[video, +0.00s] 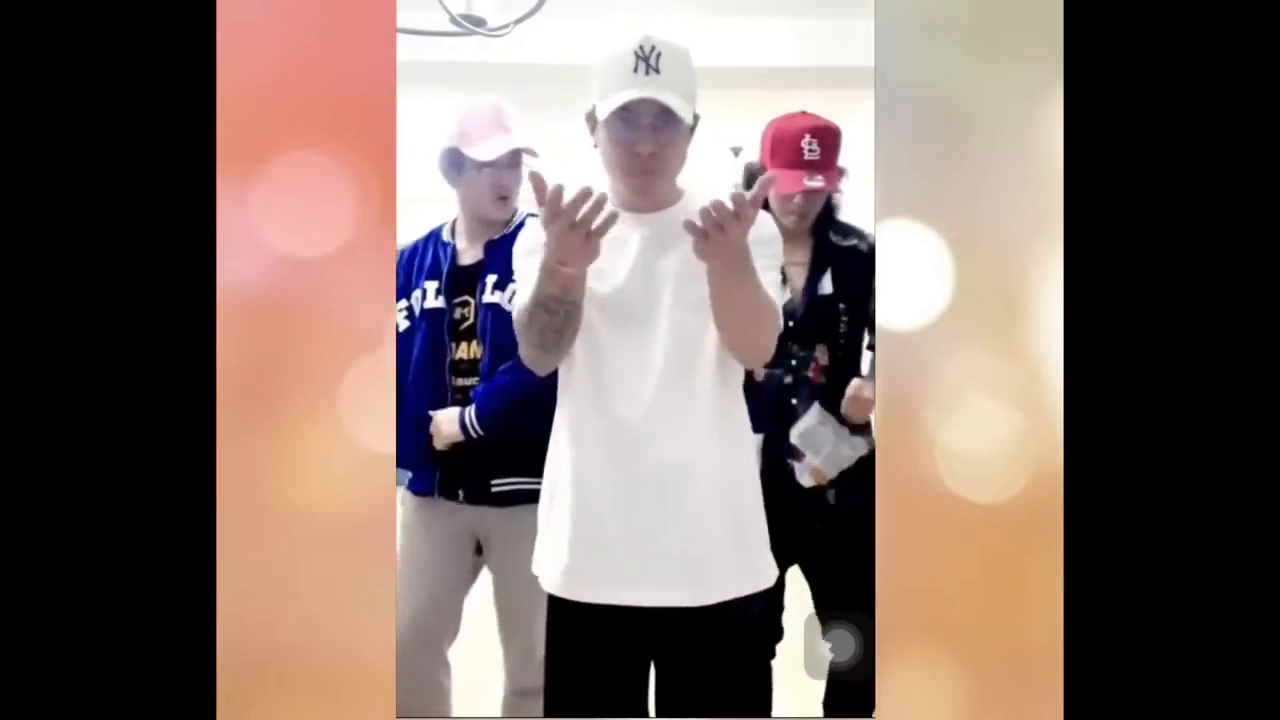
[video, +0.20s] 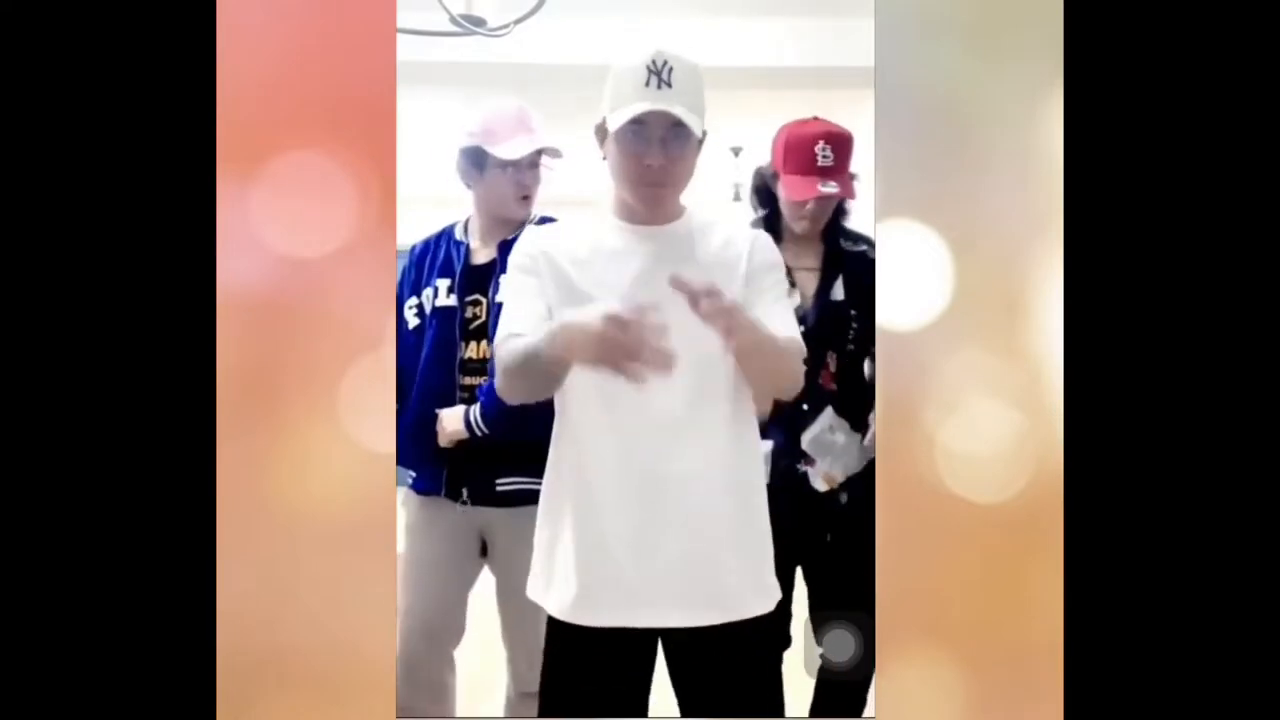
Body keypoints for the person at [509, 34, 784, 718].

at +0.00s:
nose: (644, 140)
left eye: (665, 121)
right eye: (626, 119)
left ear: (691, 133)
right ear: (594, 130)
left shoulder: (734, 234)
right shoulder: (558, 236)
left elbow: (757, 352)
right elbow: (540, 354)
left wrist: (727, 262)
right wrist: (563, 272)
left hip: (716, 559)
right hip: (592, 559)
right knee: (588, 719)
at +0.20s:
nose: (655, 154)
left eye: (675, 135)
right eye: (636, 133)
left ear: (700, 147)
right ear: (603, 140)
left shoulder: (745, 251)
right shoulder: (548, 251)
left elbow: (787, 381)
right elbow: (512, 385)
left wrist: (739, 329)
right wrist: (570, 342)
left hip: (722, 571)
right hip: (594, 573)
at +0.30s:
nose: (660, 168)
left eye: (680, 148)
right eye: (641, 147)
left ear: (704, 160)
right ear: (607, 156)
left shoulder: (748, 275)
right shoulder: (548, 264)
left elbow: (792, 396)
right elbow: (501, 393)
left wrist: (747, 422)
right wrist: (583, 429)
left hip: (728, 588)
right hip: (594, 589)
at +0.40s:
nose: (662, 169)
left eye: (682, 149)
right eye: (644, 148)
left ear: (707, 164)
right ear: (609, 158)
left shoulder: (751, 280)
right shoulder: (549, 267)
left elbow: (786, 410)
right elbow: (504, 400)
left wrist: (739, 478)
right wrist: (584, 479)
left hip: (728, 596)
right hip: (590, 594)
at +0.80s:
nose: (653, 141)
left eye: (673, 123)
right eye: (634, 122)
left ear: (703, 139)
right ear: (608, 134)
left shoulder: (741, 235)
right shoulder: (575, 229)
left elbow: (776, 329)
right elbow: (526, 320)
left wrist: (748, 200)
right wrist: (537, 209)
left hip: (713, 565)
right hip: (580, 562)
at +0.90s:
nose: (648, 145)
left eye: (669, 126)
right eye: (629, 126)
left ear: (701, 140)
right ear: (606, 139)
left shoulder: (757, 236)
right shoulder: (576, 235)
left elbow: (782, 352)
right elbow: (524, 346)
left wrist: (728, 238)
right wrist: (538, 265)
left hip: (712, 570)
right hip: (581, 564)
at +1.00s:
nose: (647, 157)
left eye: (667, 137)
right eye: (628, 137)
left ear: (697, 150)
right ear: (602, 151)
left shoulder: (755, 248)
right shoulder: (572, 255)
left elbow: (791, 383)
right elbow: (527, 384)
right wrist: (551, 358)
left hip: (714, 568)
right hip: (583, 563)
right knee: (549, 717)